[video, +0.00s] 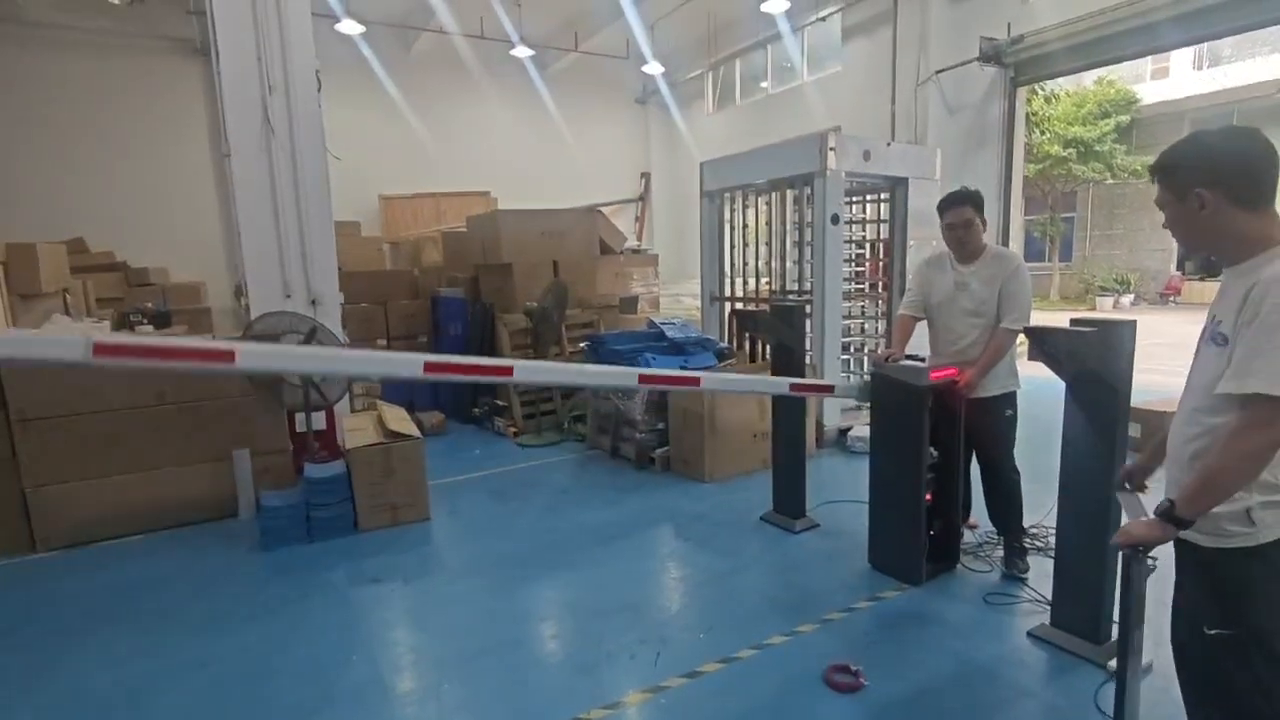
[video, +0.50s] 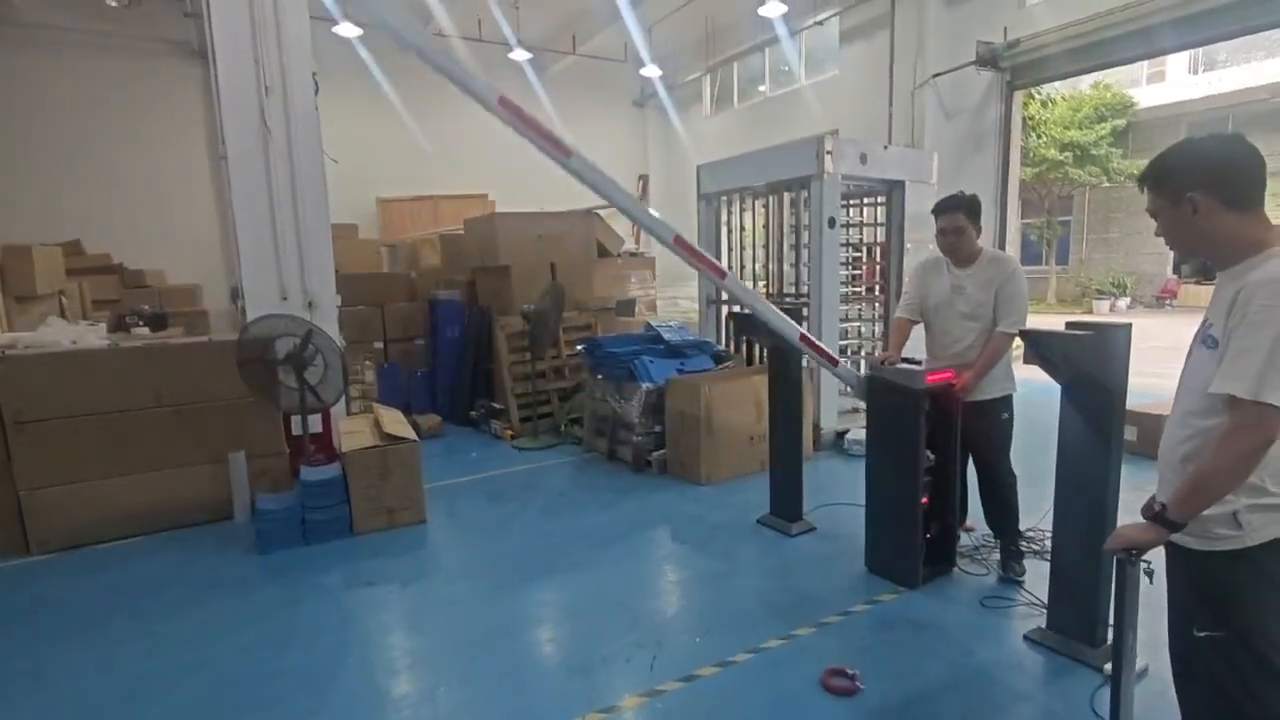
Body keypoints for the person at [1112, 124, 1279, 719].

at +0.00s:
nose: (1164, 224)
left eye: (1166, 208)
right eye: (1161, 210)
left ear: (1204, 201)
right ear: (1208, 199)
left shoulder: (1267, 283)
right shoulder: (1244, 278)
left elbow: (1263, 423)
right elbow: (1211, 396)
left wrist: (1171, 517)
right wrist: (1150, 460)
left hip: (1242, 549)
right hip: (1215, 543)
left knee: (1236, 698)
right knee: (1212, 690)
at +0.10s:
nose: (1163, 227)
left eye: (1165, 211)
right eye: (1160, 214)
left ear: (1205, 202)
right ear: (1208, 201)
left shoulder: (1269, 283)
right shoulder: (1245, 279)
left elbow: (1264, 421)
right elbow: (1230, 407)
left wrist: (1172, 515)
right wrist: (1174, 496)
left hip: (1242, 550)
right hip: (1213, 543)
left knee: (1239, 702)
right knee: (1211, 696)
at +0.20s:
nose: (1160, 228)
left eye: (1162, 212)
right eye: (1156, 215)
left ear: (1205, 202)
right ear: (1208, 201)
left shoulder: (1268, 283)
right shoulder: (1244, 280)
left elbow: (1261, 421)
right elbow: (1234, 411)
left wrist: (1170, 518)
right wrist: (1179, 508)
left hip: (1240, 553)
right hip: (1213, 547)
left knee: (1235, 705)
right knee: (1212, 699)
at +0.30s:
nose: (1158, 230)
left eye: (1160, 214)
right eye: (1154, 216)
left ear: (1203, 202)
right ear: (1206, 203)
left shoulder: (1266, 284)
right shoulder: (1245, 280)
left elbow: (1261, 421)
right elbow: (1236, 412)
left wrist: (1170, 519)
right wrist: (1179, 508)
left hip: (1239, 551)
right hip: (1213, 545)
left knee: (1234, 703)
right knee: (1211, 697)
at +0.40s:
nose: (1157, 231)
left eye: (1159, 215)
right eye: (1153, 217)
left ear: (1202, 204)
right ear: (1205, 204)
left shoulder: (1266, 284)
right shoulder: (1244, 280)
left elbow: (1260, 423)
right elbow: (1232, 411)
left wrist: (1168, 519)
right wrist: (1172, 501)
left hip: (1238, 550)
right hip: (1211, 543)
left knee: (1234, 703)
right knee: (1210, 697)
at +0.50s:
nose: (1157, 232)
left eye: (1158, 216)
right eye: (1153, 218)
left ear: (1197, 205)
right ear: (1202, 204)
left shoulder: (1264, 286)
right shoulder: (1242, 281)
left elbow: (1257, 423)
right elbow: (1231, 413)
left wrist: (1164, 520)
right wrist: (1168, 503)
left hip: (1236, 551)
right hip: (1210, 545)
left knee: (1235, 704)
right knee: (1211, 700)